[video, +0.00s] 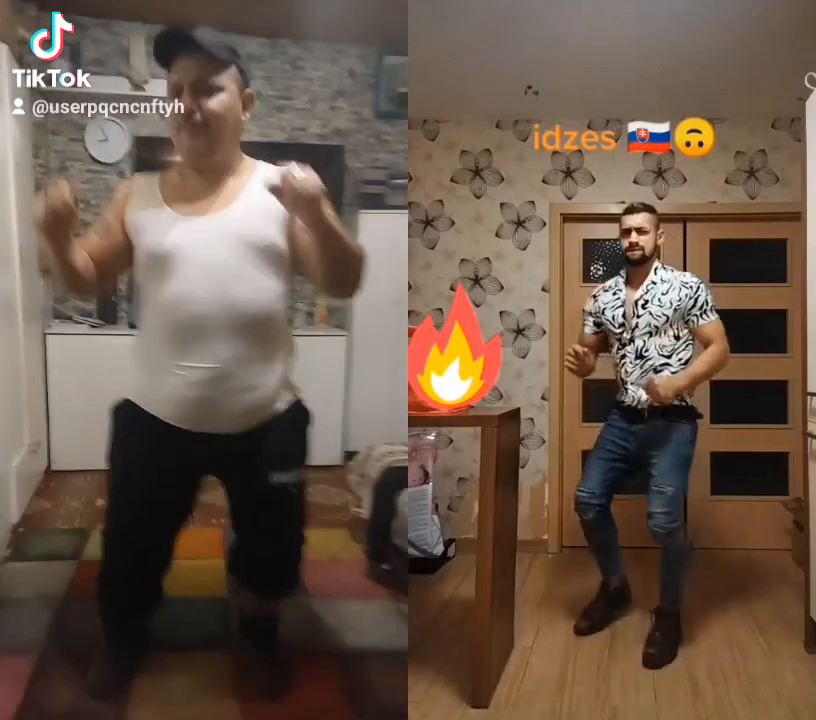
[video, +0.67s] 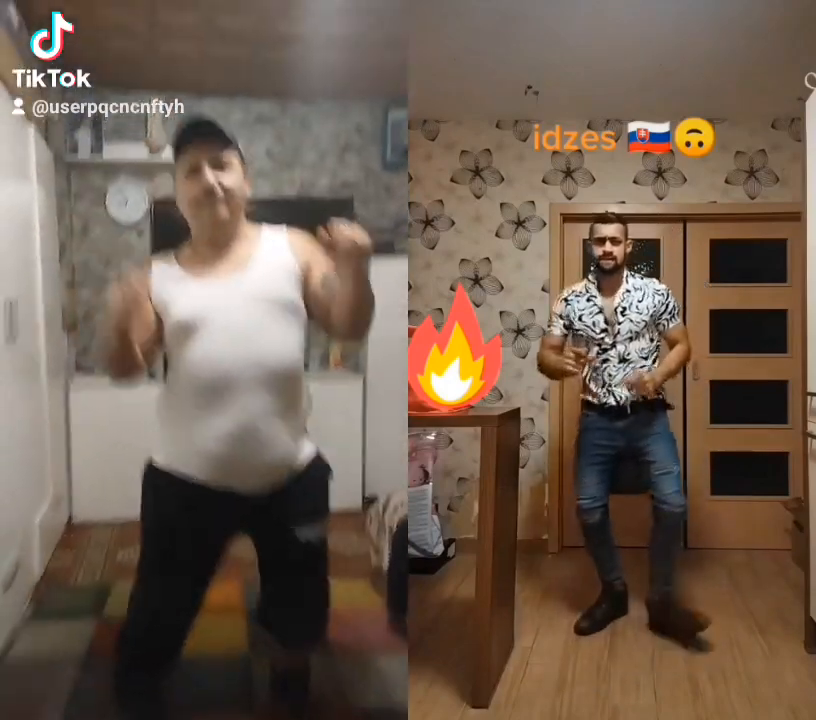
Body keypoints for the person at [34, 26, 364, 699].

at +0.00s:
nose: (190, 105)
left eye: (208, 90)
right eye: (178, 92)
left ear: (245, 104)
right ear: (166, 104)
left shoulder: (280, 188)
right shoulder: (139, 194)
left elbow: (343, 281)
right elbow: (83, 280)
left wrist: (317, 211)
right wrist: (58, 239)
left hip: (263, 420)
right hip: (156, 418)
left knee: (271, 556)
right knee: (130, 559)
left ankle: (260, 643)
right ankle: (120, 656)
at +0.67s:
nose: (210, 181)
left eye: (221, 164)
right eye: (194, 172)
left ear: (246, 176)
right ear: (176, 193)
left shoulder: (293, 248)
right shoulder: (158, 276)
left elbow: (350, 326)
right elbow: (123, 368)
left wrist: (353, 267)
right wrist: (120, 322)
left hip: (288, 480)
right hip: (186, 483)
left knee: (299, 627)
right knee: (152, 633)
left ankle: (292, 703)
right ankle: (136, 705)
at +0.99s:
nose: (258, 244)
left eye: (272, 232)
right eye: (242, 230)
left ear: (286, 248)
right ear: (212, 247)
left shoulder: (316, 330)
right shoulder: (170, 325)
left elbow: (370, 414)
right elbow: (102, 399)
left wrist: (359, 327)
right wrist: (92, 355)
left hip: (286, 575)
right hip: (169, 574)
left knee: (308, 712)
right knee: (140, 712)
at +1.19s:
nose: (237, 273)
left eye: (253, 266)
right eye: (221, 262)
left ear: (269, 293)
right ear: (194, 283)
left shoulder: (292, 376)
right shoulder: (140, 356)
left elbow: (329, 494)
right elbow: (51, 429)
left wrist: (307, 400)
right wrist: (55, 347)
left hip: (250, 650)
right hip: (118, 648)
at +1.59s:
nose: (172, 180)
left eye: (184, 172)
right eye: (148, 168)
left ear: (201, 204)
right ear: (108, 202)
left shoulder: (245, 296)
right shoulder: (71, 292)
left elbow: (289, 395)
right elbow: (22, 413)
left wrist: (333, 357)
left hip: (264, 609)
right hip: (119, 620)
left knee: (304, 706)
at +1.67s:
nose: (164, 173)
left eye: (178, 164)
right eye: (139, 161)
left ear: (198, 196)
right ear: (102, 196)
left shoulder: (241, 288)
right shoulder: (72, 291)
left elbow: (298, 380)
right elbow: (42, 421)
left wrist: (343, 313)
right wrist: (164, 475)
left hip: (289, 608)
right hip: (142, 625)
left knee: (330, 711)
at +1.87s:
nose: (145, 133)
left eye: (162, 119)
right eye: (121, 122)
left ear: (183, 149)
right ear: (88, 161)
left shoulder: (239, 247)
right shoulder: (63, 272)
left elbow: (323, 316)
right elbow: (19, 411)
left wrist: (319, 212)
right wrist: (82, 529)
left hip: (292, 570)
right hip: (144, 590)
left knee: (365, 712)